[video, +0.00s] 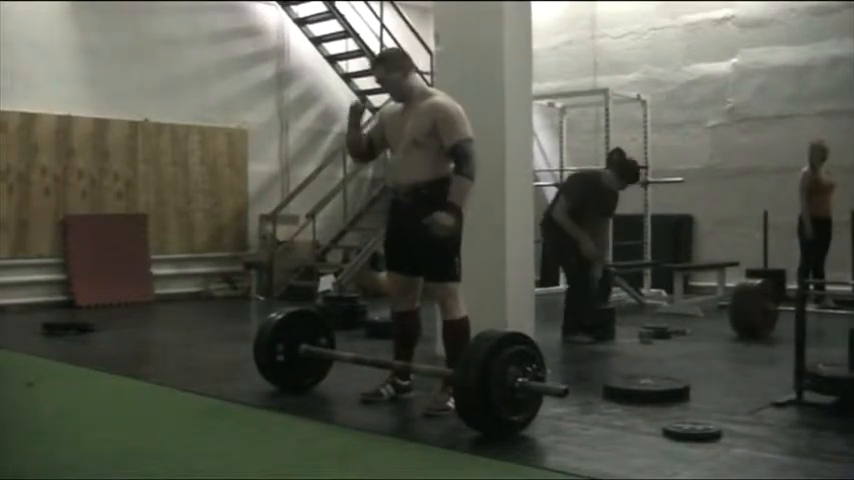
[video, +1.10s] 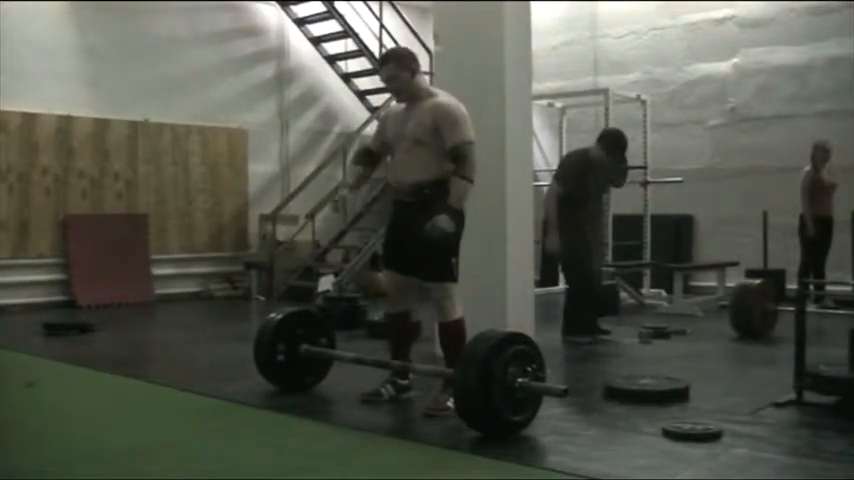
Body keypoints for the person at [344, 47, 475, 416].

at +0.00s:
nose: (385, 88)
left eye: (389, 80)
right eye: (381, 83)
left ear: (407, 72)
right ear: (382, 82)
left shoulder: (442, 109)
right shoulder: (391, 117)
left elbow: (465, 162)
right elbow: (363, 153)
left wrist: (453, 208)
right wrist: (354, 127)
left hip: (438, 201)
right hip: (402, 204)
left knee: (446, 295)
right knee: (401, 292)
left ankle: (454, 385)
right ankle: (400, 379)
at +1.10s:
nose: (389, 87)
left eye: (393, 79)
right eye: (386, 81)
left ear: (413, 72)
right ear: (386, 80)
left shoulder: (445, 109)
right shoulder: (392, 116)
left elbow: (465, 163)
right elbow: (370, 155)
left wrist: (453, 211)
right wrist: (352, 182)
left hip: (438, 203)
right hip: (402, 205)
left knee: (443, 296)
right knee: (398, 293)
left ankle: (453, 385)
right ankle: (400, 378)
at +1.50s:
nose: (351, 117)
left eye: (353, 108)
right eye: (347, 112)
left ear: (371, 96)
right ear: (349, 110)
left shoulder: (421, 122)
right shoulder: (368, 141)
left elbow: (448, 175)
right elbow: (361, 197)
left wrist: (452, 227)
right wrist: (355, 249)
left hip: (438, 213)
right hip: (402, 217)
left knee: (439, 299)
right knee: (395, 297)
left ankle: (451, 386)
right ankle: (399, 379)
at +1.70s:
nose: (342, 167)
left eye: (342, 158)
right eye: (337, 161)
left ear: (358, 148)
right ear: (344, 156)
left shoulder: (408, 168)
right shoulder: (361, 179)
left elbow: (433, 224)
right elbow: (355, 232)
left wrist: (443, 274)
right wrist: (352, 274)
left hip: (449, 233)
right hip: (406, 237)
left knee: (430, 307)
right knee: (382, 300)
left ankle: (446, 388)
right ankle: (398, 379)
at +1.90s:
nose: (343, 220)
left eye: (345, 212)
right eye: (340, 214)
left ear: (361, 204)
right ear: (343, 211)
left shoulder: (411, 226)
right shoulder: (357, 229)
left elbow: (432, 286)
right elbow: (354, 279)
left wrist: (440, 331)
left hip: (449, 270)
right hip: (402, 273)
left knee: (416, 327)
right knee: (371, 320)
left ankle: (442, 387)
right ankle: (397, 381)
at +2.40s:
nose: (334, 185)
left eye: (338, 177)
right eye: (332, 178)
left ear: (358, 171)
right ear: (335, 175)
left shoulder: (410, 191)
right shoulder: (352, 199)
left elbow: (447, 245)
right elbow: (349, 250)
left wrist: (443, 298)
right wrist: (351, 298)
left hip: (444, 233)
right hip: (403, 242)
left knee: (429, 311)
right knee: (381, 306)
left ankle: (442, 389)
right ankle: (395, 380)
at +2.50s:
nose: (332, 158)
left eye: (336, 150)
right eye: (330, 151)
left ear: (357, 146)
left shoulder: (394, 166)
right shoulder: (355, 177)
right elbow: (355, 224)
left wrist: (447, 270)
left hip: (441, 221)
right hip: (404, 230)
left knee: (430, 302)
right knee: (386, 300)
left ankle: (443, 388)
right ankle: (396, 379)